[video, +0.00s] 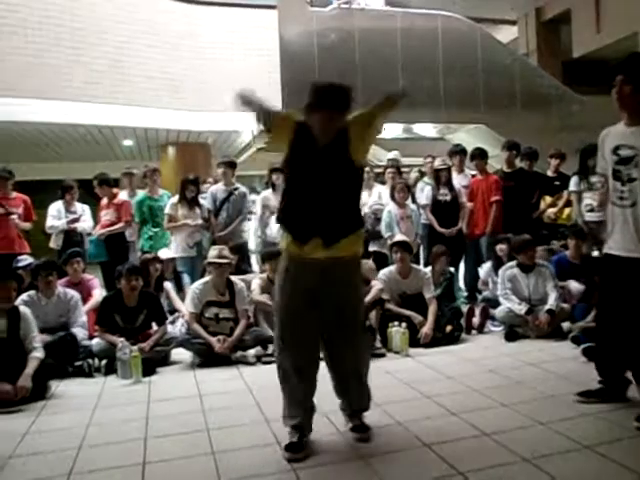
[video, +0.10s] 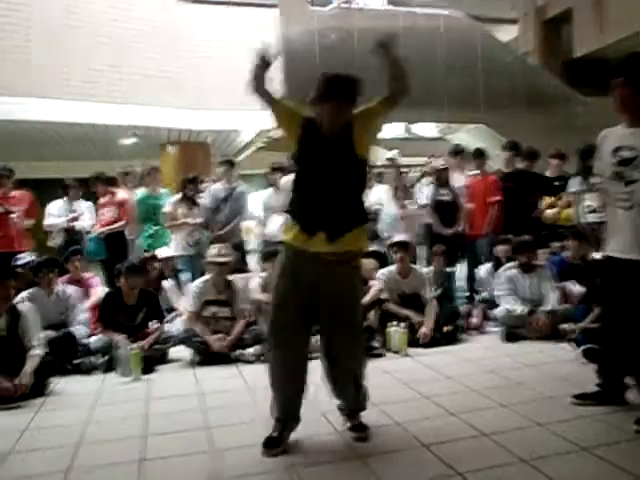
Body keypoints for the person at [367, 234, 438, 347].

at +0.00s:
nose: (400, 256)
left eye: (403, 252)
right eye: (396, 252)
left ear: (410, 254)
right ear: (392, 256)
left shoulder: (422, 274)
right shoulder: (385, 275)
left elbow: (432, 301)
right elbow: (386, 303)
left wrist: (429, 326)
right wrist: (412, 315)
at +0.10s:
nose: (400, 256)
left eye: (403, 252)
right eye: (396, 252)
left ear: (409, 254)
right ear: (392, 255)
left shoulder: (420, 274)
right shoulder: (384, 275)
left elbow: (432, 301)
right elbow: (385, 303)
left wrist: (428, 326)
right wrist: (412, 315)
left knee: (415, 298)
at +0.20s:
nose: (402, 255)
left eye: (406, 251)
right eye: (398, 251)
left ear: (412, 254)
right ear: (394, 254)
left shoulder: (425, 273)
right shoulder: (387, 273)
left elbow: (433, 301)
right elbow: (386, 302)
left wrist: (429, 326)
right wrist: (411, 314)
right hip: (398, 305)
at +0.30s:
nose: (398, 253)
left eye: (402, 248)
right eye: (394, 249)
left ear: (408, 251)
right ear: (390, 252)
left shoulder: (421, 271)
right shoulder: (383, 271)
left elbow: (429, 299)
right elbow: (382, 299)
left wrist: (425, 324)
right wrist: (408, 312)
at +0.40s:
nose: (397, 252)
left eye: (401, 248)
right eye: (394, 248)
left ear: (407, 251)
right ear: (389, 251)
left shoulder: (419, 271)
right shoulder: (382, 271)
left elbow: (428, 298)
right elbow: (380, 299)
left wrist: (424, 323)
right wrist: (407, 312)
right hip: (391, 306)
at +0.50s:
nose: (393, 250)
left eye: (396, 246)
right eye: (389, 247)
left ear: (402, 249)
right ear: (384, 250)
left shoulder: (414, 269)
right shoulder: (377, 269)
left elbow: (423, 297)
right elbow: (375, 298)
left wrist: (418, 322)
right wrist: (402, 310)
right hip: (386, 304)